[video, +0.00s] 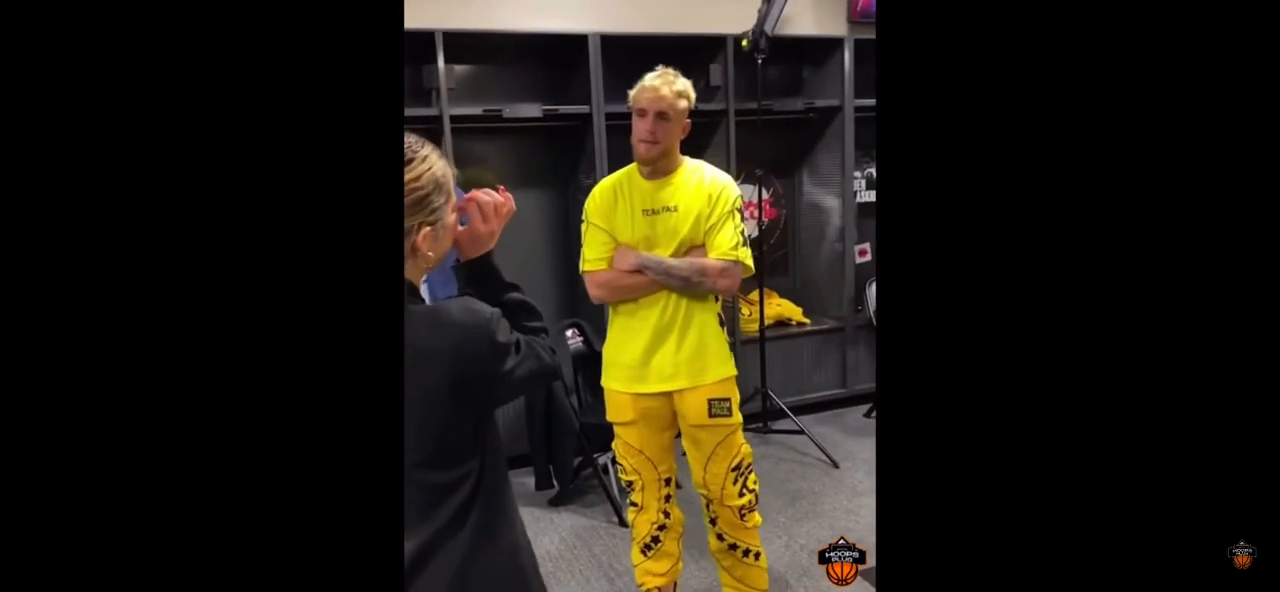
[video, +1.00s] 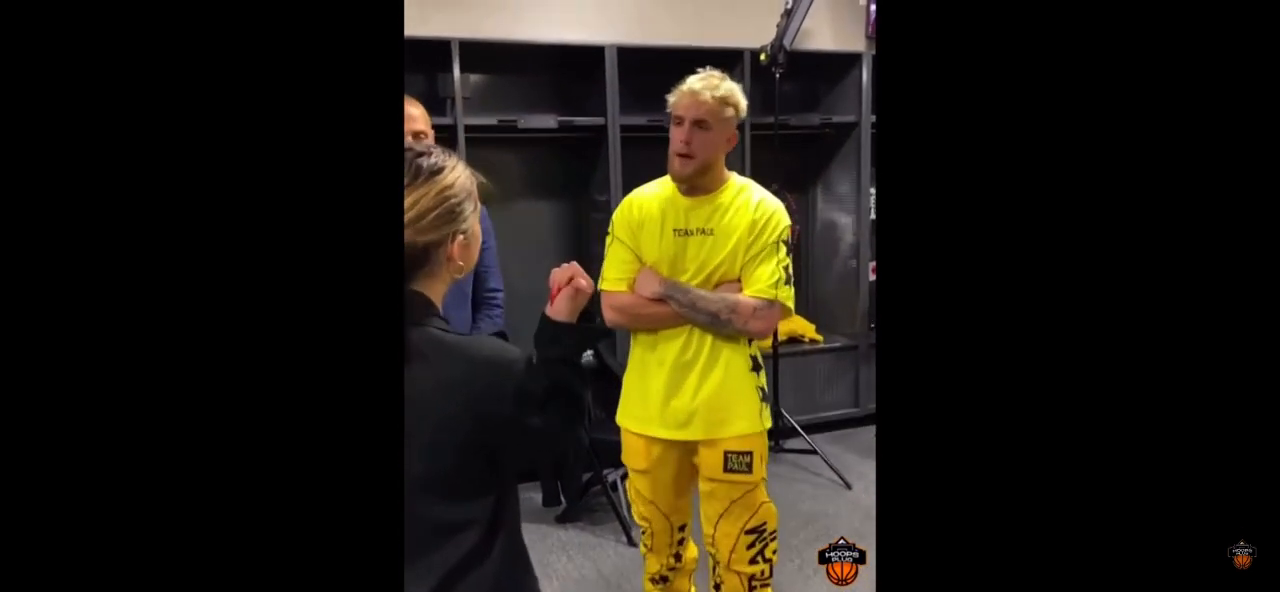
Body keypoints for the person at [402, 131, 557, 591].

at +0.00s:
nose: (456, 227)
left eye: (454, 216)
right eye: (449, 219)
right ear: (424, 240)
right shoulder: (456, 331)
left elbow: (540, 352)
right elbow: (541, 352)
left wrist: (479, 263)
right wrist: (481, 261)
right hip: (463, 567)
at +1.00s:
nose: (481, 238)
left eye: (478, 223)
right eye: (476, 225)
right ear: (456, 251)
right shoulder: (482, 370)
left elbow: (547, 449)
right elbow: (550, 450)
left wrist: (558, 331)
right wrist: (561, 331)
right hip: (475, 577)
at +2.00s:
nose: (454, 207)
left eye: (446, 197)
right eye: (442, 201)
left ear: (414, 236)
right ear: (411, 235)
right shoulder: (448, 348)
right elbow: (544, 409)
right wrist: (506, 298)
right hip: (455, 572)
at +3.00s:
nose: (551, 208)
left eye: (550, 194)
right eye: (544, 195)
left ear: (448, 203)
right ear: (509, 209)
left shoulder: (414, 296)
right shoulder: (540, 308)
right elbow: (618, 349)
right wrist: (577, 254)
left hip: (439, 558)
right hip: (541, 560)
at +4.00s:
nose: (550, 174)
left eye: (543, 162)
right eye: (542, 166)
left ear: (454, 197)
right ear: (529, 195)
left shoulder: (431, 282)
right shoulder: (560, 294)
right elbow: (636, 329)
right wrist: (584, 243)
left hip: (465, 523)